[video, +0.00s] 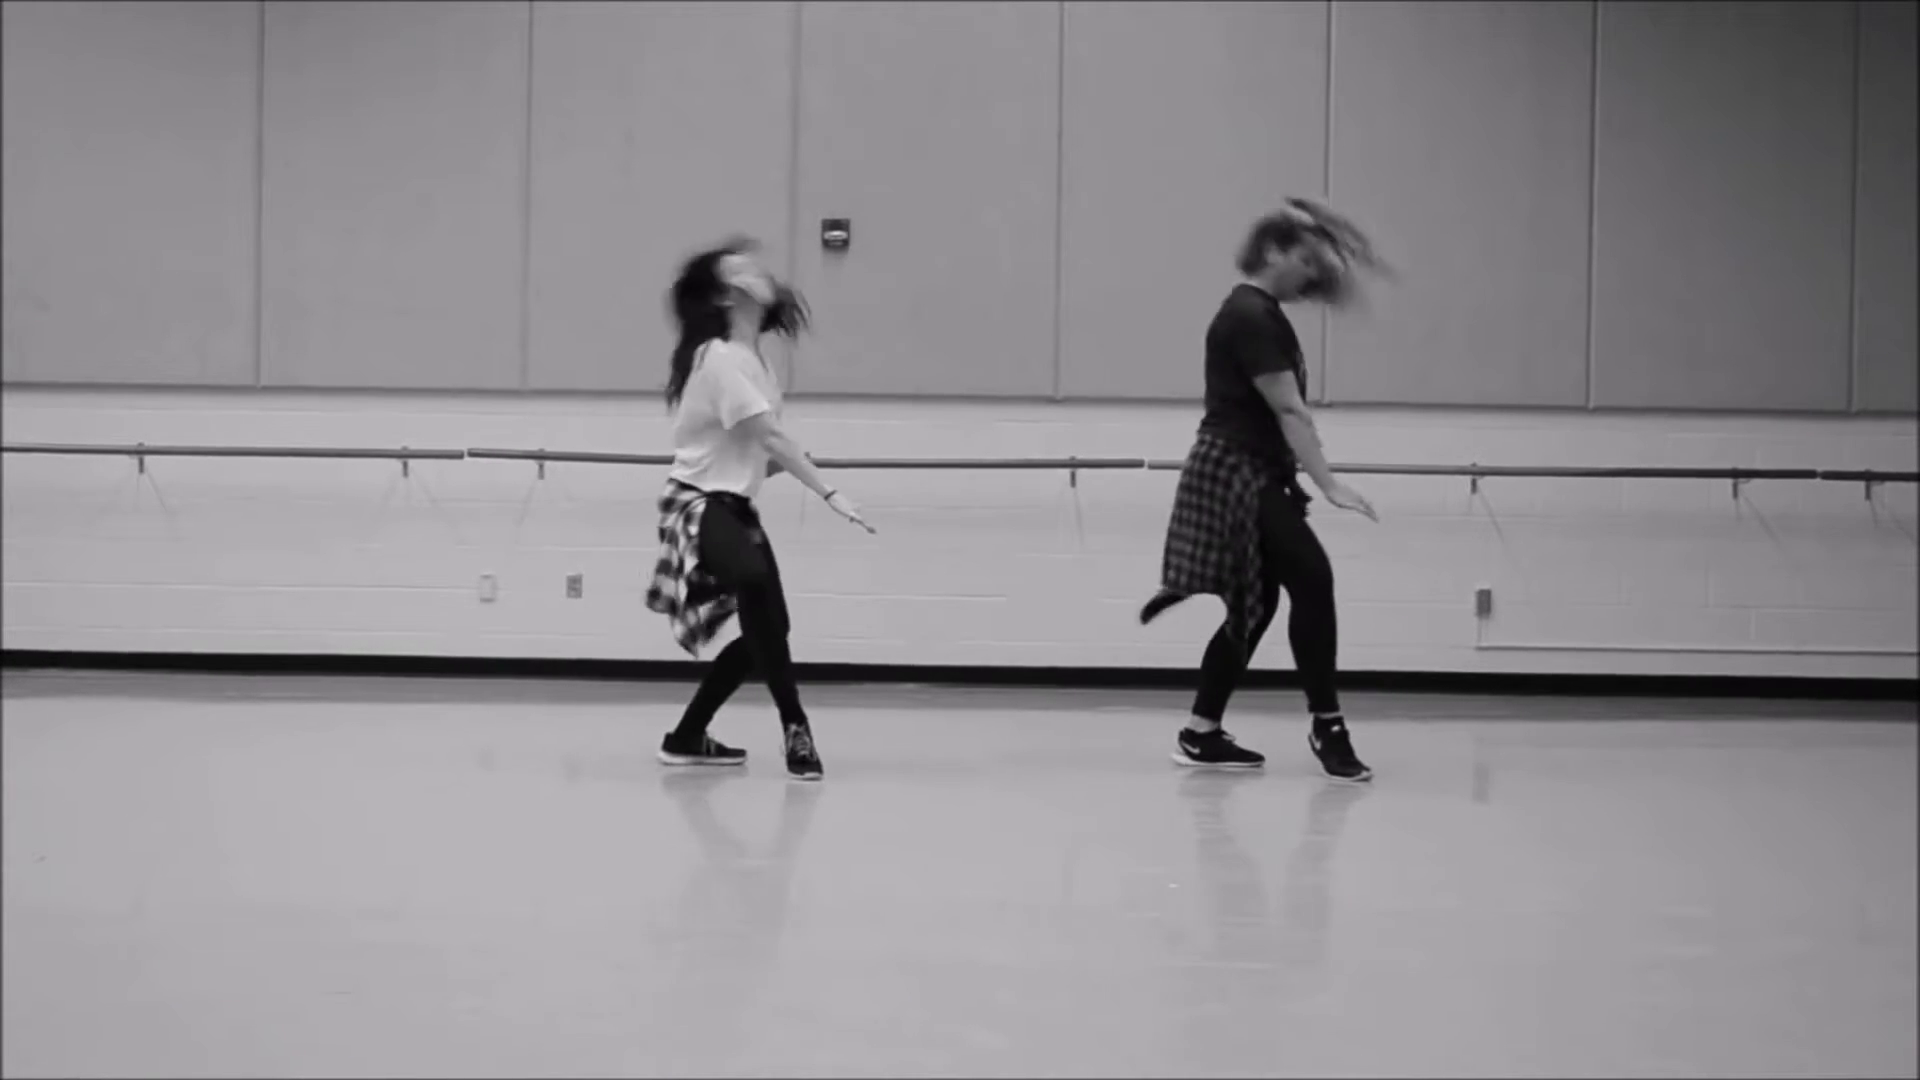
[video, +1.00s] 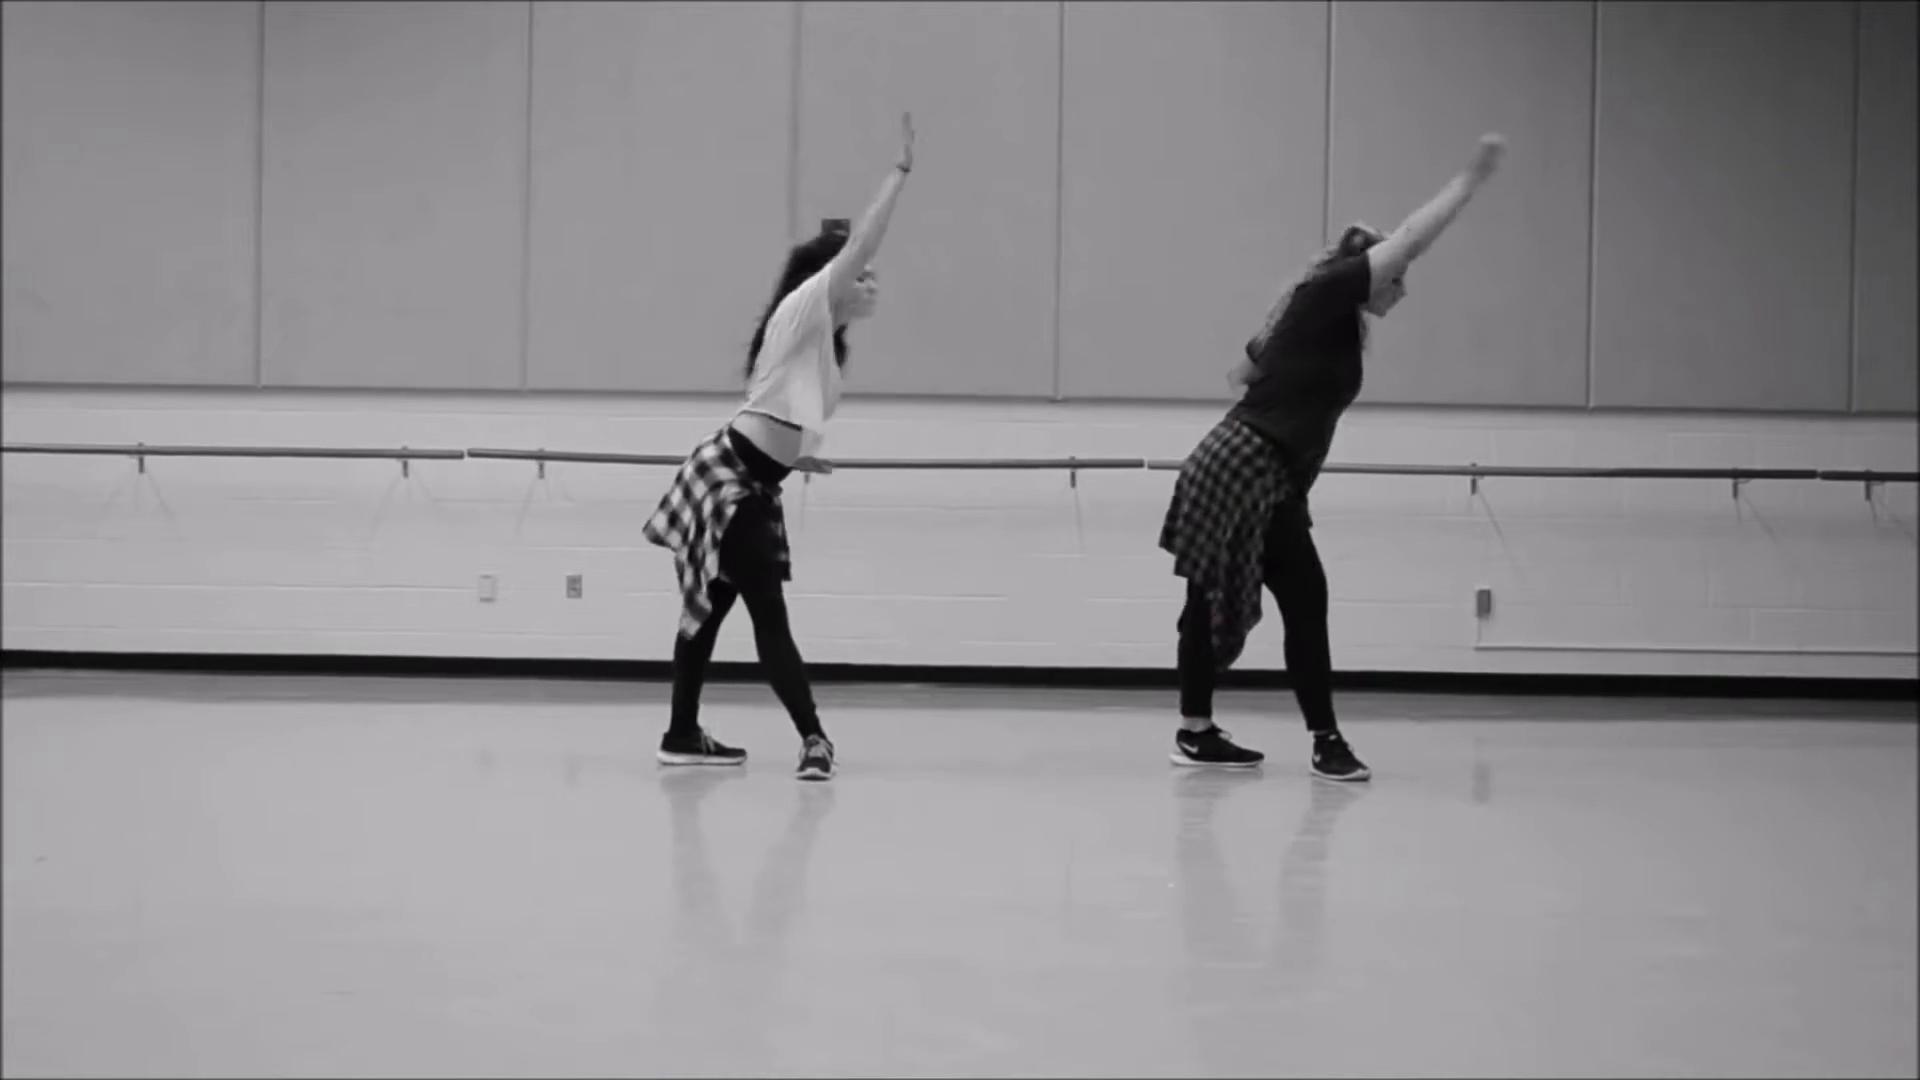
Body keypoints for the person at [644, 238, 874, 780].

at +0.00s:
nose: (764, 274)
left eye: (759, 266)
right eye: (748, 268)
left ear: (753, 293)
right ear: (727, 292)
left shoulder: (751, 360)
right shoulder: (723, 357)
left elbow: (739, 467)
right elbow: (770, 437)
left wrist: (786, 460)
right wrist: (827, 492)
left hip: (734, 509)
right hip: (704, 507)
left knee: (764, 634)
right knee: (764, 612)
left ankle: (688, 733)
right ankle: (796, 729)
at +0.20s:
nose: (719, 263)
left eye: (708, 260)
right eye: (704, 267)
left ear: (710, 292)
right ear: (695, 298)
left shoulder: (735, 344)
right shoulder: (715, 346)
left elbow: (757, 420)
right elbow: (762, 420)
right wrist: (817, 467)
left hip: (741, 501)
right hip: (715, 501)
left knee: (765, 629)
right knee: (772, 610)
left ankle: (688, 733)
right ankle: (799, 726)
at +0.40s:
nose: (731, 261)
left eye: (724, 256)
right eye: (716, 261)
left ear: (721, 284)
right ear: (700, 289)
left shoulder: (739, 339)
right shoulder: (722, 346)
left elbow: (764, 415)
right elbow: (778, 412)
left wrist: (800, 446)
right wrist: (824, 453)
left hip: (743, 497)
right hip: (719, 499)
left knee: (758, 623)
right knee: (779, 612)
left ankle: (687, 733)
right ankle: (818, 738)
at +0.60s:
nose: (771, 255)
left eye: (767, 247)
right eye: (756, 251)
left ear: (753, 270)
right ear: (732, 273)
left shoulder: (753, 325)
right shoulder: (751, 323)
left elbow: (735, 410)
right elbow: (820, 341)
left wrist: (783, 446)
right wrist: (880, 346)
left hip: (739, 488)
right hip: (720, 488)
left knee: (735, 612)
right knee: (771, 607)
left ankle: (683, 733)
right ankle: (814, 737)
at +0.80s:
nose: (828, 264)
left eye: (827, 253)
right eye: (814, 256)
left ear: (792, 268)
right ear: (782, 267)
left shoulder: (785, 319)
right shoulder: (784, 312)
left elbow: (753, 403)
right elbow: (847, 279)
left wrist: (786, 447)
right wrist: (895, 233)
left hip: (745, 475)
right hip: (732, 474)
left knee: (714, 606)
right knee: (768, 611)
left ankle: (682, 732)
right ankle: (814, 736)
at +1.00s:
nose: (871, 287)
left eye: (871, 276)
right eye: (861, 276)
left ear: (850, 284)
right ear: (832, 278)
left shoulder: (819, 341)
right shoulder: (799, 316)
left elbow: (772, 420)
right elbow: (858, 247)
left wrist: (805, 456)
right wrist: (900, 173)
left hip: (750, 479)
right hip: (737, 477)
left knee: (708, 605)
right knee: (768, 613)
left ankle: (682, 732)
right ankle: (813, 740)